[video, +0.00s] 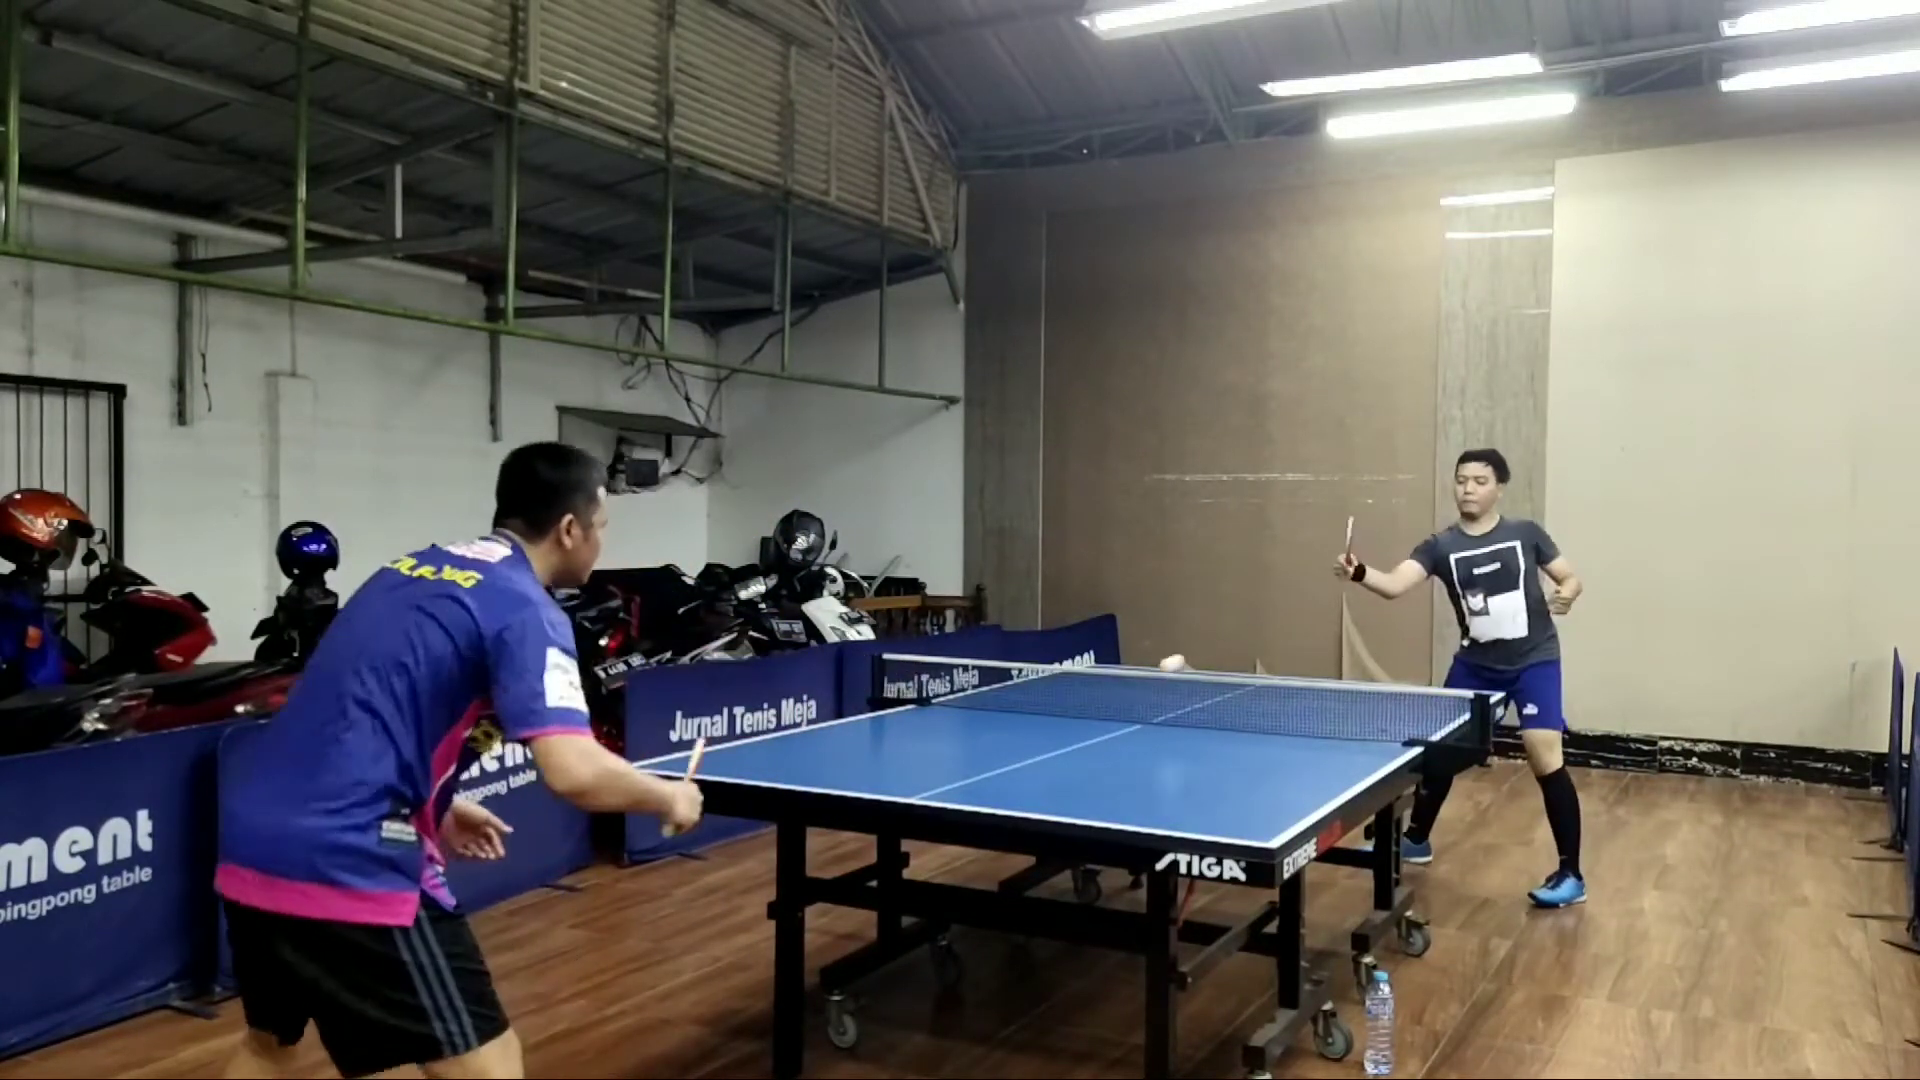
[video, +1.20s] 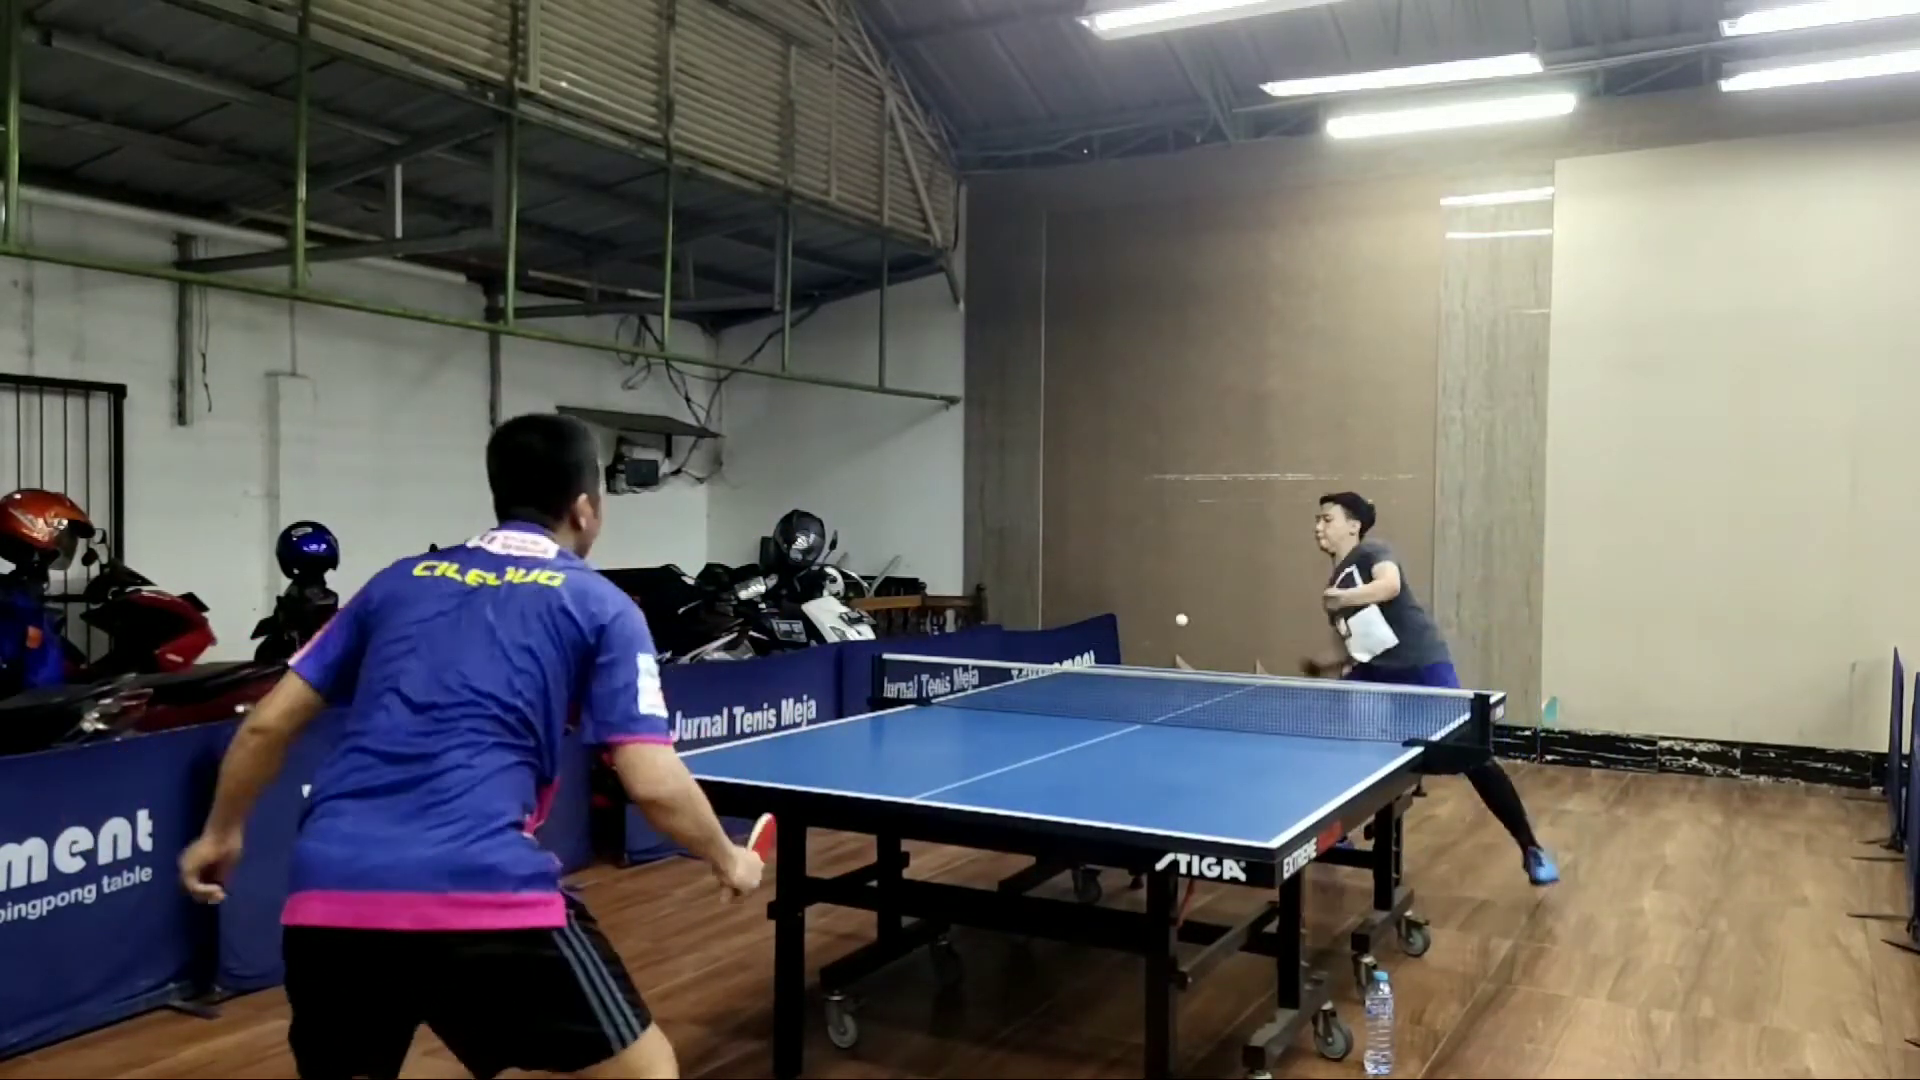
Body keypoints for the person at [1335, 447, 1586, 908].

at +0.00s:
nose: (1469, 489)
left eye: (1480, 481)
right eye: (1462, 481)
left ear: (1499, 488)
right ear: (1454, 488)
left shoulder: (1525, 532)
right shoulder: (1441, 546)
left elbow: (1569, 579)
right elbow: (1395, 584)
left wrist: (1565, 594)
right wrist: (1359, 572)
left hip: (1534, 660)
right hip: (1477, 661)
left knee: (1544, 754)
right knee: (1440, 747)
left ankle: (1570, 874)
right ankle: (1416, 837)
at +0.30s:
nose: (1455, 489)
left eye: (1466, 482)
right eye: (1450, 481)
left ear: (1487, 488)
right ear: (1443, 486)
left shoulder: (1510, 536)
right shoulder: (1429, 541)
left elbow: (1542, 594)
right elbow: (1381, 583)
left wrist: (1504, 617)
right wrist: (1346, 578)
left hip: (1503, 668)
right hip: (1446, 664)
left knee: (1525, 765)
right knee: (1419, 750)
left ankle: (1566, 873)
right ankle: (1411, 837)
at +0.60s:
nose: (1431, 495)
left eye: (1441, 487)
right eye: (1426, 487)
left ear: (1465, 490)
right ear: (1423, 493)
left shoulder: (1489, 533)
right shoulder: (1425, 552)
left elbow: (1509, 587)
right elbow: (1405, 611)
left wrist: (1443, 600)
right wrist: (1360, 624)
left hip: (1503, 666)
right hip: (1446, 665)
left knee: (1529, 763)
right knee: (1409, 743)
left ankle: (1570, 873)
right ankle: (1410, 836)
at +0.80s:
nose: (1410, 518)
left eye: (1418, 508)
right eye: (1405, 511)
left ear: (1446, 511)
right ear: (1406, 518)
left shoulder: (1468, 547)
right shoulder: (1431, 573)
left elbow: (1465, 596)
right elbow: (1440, 639)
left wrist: (1393, 613)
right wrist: (1387, 671)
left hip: (1509, 670)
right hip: (1461, 670)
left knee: (1517, 768)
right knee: (1402, 735)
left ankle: (1569, 875)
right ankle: (1406, 838)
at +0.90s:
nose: (1392, 538)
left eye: (1400, 528)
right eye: (1388, 531)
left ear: (1427, 528)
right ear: (1394, 536)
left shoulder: (1445, 561)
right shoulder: (1425, 575)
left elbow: (1418, 606)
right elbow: (1447, 648)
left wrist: (1349, 622)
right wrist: (1428, 683)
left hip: (1500, 682)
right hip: (1452, 683)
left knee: (1507, 782)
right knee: (1385, 737)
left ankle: (1568, 876)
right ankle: (1379, 837)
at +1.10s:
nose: (1337, 553)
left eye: (1345, 545)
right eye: (1336, 546)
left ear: (1373, 546)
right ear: (1372, 549)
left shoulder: (1377, 570)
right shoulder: (1383, 580)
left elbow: (1366, 597)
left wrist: (1309, 616)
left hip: (1446, 688)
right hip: (1407, 690)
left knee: (1478, 781)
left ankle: (1564, 873)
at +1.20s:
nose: (1317, 527)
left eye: (1326, 519)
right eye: (1317, 520)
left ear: (1354, 525)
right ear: (1332, 530)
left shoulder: (1374, 551)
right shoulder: (1337, 579)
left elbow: (1388, 586)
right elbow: (1359, 647)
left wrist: (1343, 598)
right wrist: (1331, 665)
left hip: (1425, 666)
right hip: (1378, 673)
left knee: (1470, 755)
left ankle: (1531, 849)